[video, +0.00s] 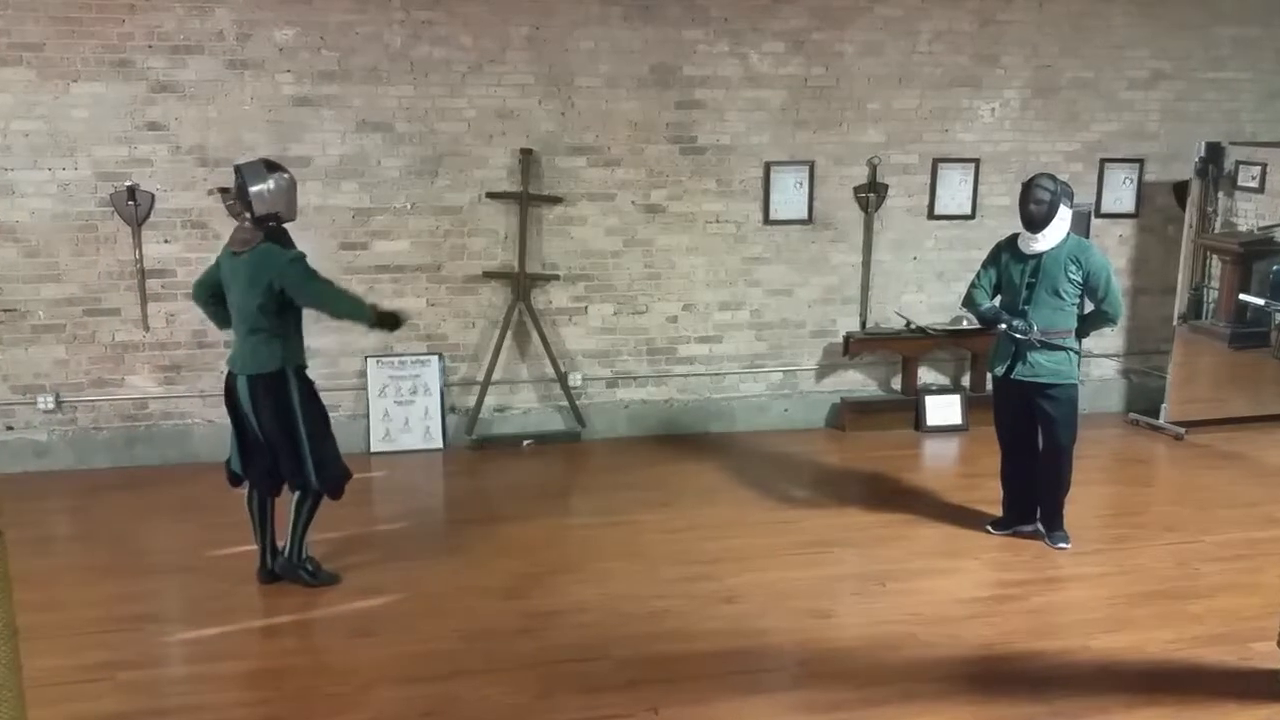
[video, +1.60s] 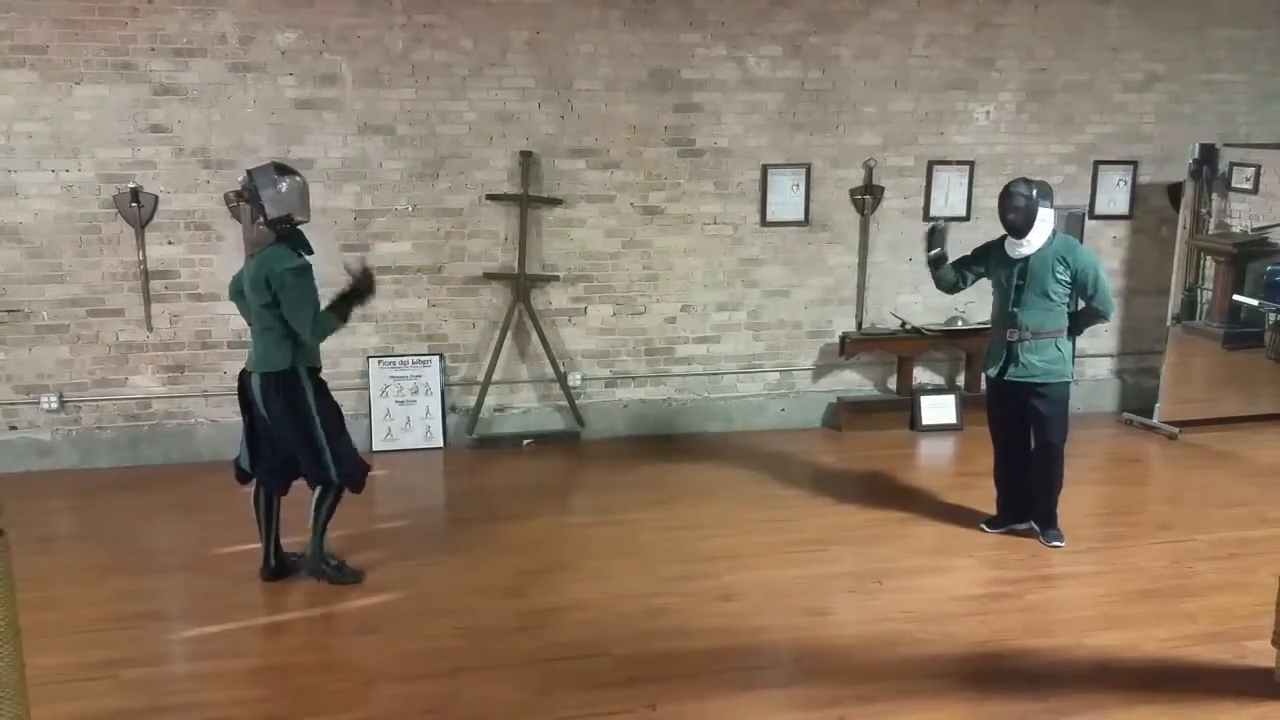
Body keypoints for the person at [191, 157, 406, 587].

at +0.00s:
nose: (292, 203)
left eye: (288, 195)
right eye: (286, 196)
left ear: (247, 204)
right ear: (275, 202)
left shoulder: (234, 250)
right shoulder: (278, 255)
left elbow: (203, 291)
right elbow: (319, 293)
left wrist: (235, 324)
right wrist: (373, 314)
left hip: (242, 376)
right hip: (278, 376)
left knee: (262, 469)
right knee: (320, 466)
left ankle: (267, 557)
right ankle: (294, 554)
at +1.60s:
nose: (304, 205)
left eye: (301, 197)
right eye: (298, 199)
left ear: (259, 214)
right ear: (288, 208)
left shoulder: (257, 260)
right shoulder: (288, 263)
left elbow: (236, 291)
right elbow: (312, 330)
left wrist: (269, 327)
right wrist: (351, 298)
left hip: (258, 379)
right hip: (293, 380)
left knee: (270, 469)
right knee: (336, 468)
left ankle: (271, 557)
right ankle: (317, 555)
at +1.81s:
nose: (312, 209)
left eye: (307, 202)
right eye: (306, 202)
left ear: (270, 210)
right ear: (297, 208)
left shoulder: (267, 259)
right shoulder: (291, 265)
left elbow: (279, 332)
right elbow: (305, 341)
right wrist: (363, 364)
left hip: (270, 378)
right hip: (295, 380)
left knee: (277, 469)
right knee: (331, 470)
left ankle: (272, 557)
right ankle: (352, 565)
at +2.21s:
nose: (327, 200)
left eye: (325, 192)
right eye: (320, 194)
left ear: (291, 202)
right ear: (305, 200)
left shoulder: (317, 247)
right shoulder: (301, 259)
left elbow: (327, 323)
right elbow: (311, 334)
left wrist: (354, 376)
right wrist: (318, 401)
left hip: (338, 376)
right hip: (332, 380)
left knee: (316, 460)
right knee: (355, 470)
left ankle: (280, 532)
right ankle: (354, 564)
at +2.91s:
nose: (347, 202)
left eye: (343, 194)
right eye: (340, 195)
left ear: (308, 203)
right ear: (325, 201)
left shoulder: (320, 252)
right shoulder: (323, 260)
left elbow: (334, 330)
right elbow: (340, 333)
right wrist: (360, 396)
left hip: (324, 379)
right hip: (339, 383)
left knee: (314, 463)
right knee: (362, 476)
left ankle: (273, 537)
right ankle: (355, 565)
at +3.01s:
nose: (351, 206)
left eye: (347, 198)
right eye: (346, 199)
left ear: (310, 205)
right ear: (336, 203)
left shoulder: (314, 254)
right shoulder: (329, 262)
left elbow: (339, 328)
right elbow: (357, 333)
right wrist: (394, 388)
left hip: (318, 376)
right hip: (342, 378)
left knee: (308, 461)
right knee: (363, 473)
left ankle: (269, 539)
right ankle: (356, 565)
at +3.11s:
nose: (355, 206)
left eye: (352, 198)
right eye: (349, 200)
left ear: (314, 207)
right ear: (338, 205)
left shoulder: (315, 253)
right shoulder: (331, 262)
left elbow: (328, 322)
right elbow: (376, 318)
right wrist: (429, 364)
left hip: (315, 376)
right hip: (340, 379)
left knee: (302, 461)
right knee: (359, 472)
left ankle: (266, 541)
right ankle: (355, 566)